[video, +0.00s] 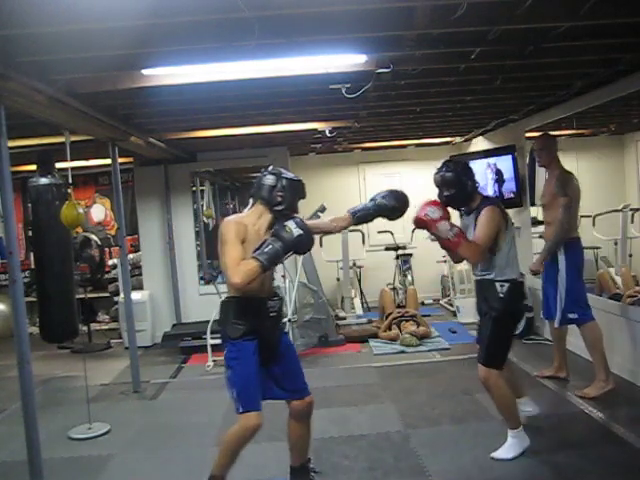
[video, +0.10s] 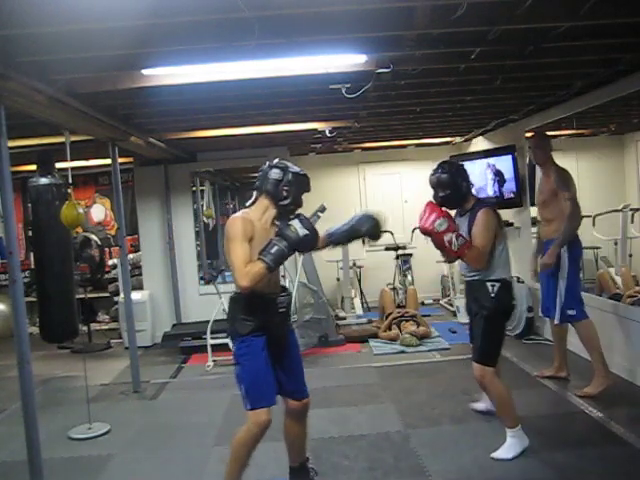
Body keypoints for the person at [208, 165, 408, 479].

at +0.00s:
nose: (295, 208)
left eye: (295, 202)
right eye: (291, 201)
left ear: (272, 196)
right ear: (275, 196)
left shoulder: (277, 224)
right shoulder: (232, 225)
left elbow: (330, 225)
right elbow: (238, 279)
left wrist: (373, 207)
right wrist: (278, 245)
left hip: (271, 325)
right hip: (241, 329)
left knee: (301, 403)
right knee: (251, 420)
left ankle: (300, 473)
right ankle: (215, 476)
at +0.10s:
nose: (297, 198)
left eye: (299, 192)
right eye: (294, 190)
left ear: (276, 189)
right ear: (277, 187)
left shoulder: (279, 223)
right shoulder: (239, 223)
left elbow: (312, 242)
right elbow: (245, 279)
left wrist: (350, 230)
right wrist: (284, 243)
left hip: (278, 321)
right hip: (248, 327)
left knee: (298, 403)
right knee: (260, 418)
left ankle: (299, 472)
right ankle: (231, 476)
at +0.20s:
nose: (302, 197)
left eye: (303, 190)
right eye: (298, 189)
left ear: (277, 188)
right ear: (282, 187)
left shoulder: (283, 225)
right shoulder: (246, 225)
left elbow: (290, 263)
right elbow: (253, 282)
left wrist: (325, 256)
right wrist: (288, 249)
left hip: (281, 324)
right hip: (255, 330)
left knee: (305, 403)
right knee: (262, 422)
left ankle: (300, 472)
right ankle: (239, 476)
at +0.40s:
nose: (313, 197)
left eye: (313, 191)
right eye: (312, 190)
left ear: (282, 187)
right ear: (302, 189)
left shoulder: (272, 222)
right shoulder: (274, 221)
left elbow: (285, 275)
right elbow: (295, 279)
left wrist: (308, 247)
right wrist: (321, 251)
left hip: (286, 325)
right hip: (274, 328)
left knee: (320, 396)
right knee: (267, 423)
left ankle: (320, 471)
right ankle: (240, 476)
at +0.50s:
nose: (323, 198)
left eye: (323, 192)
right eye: (322, 190)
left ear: (291, 187)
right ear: (314, 189)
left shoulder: (278, 221)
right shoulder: (292, 222)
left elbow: (302, 275)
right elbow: (319, 279)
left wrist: (326, 246)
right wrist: (336, 248)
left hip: (288, 322)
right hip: (288, 325)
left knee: (319, 402)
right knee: (292, 419)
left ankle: (325, 473)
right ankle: (251, 475)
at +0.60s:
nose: (332, 199)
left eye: (332, 193)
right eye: (331, 192)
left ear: (300, 186)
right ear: (323, 189)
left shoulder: (287, 222)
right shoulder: (307, 223)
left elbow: (311, 268)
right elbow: (339, 278)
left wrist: (336, 242)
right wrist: (350, 243)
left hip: (293, 317)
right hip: (305, 321)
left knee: (320, 407)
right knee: (333, 417)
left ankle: (325, 471)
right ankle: (275, 475)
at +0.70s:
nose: (345, 191)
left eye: (343, 185)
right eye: (343, 184)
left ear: (312, 182)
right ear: (333, 183)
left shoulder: (294, 218)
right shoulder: (322, 218)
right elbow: (350, 272)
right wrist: (361, 238)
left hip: (299, 316)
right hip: (319, 320)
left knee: (322, 400)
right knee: (359, 404)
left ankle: (323, 471)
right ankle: (319, 470)